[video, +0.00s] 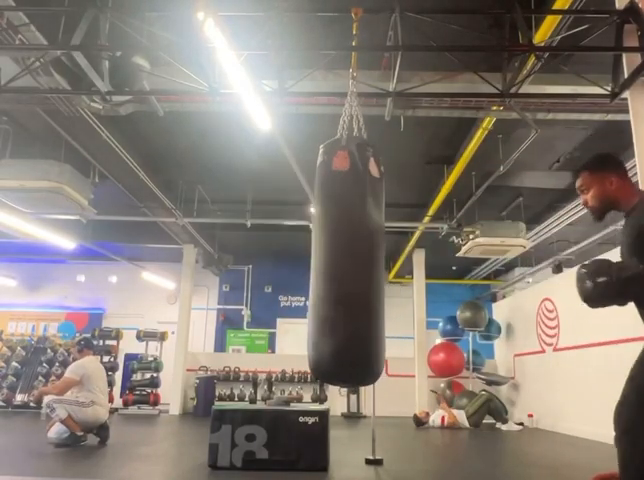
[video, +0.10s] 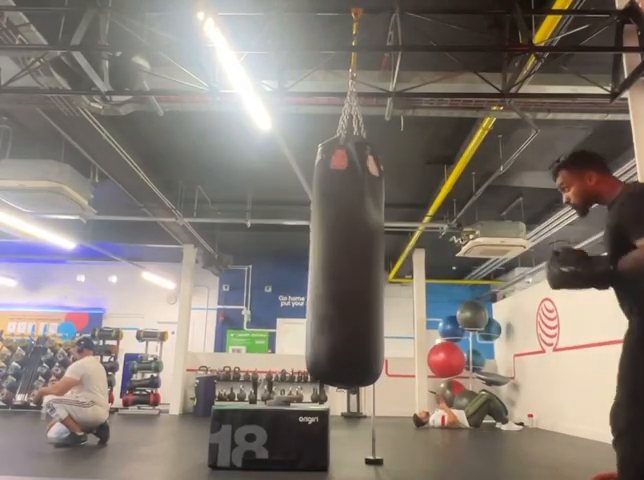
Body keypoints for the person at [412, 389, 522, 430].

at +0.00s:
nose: (423, 410)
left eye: (421, 411)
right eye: (421, 413)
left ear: (423, 416)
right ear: (423, 418)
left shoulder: (434, 415)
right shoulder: (434, 421)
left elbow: (448, 414)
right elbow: (453, 422)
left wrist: (443, 404)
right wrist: (445, 407)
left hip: (466, 413)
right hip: (469, 419)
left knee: (484, 393)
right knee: (487, 397)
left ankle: (500, 420)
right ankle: (505, 422)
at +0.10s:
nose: (423, 410)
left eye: (421, 411)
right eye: (421, 413)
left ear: (423, 416)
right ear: (423, 419)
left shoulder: (434, 415)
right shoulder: (434, 420)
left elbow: (449, 415)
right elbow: (453, 421)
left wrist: (443, 405)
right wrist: (444, 407)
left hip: (466, 413)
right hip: (469, 419)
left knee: (484, 393)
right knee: (487, 397)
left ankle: (501, 419)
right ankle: (505, 422)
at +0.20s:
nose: (423, 410)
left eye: (421, 411)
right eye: (421, 413)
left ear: (423, 415)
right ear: (423, 419)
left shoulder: (434, 414)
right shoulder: (434, 420)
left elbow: (449, 414)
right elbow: (454, 420)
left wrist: (443, 405)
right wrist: (444, 407)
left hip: (466, 413)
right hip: (469, 419)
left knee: (484, 393)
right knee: (487, 397)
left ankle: (501, 419)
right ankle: (505, 422)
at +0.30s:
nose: (423, 410)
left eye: (421, 411)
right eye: (421, 413)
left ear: (423, 415)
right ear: (423, 419)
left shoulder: (434, 415)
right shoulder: (434, 420)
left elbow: (448, 413)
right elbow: (453, 418)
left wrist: (441, 403)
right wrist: (443, 405)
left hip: (466, 412)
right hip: (469, 419)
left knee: (484, 393)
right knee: (487, 397)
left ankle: (501, 419)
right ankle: (505, 422)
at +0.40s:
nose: (423, 410)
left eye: (421, 410)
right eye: (421, 412)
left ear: (423, 415)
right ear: (423, 418)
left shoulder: (433, 414)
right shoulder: (434, 420)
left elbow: (451, 414)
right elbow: (453, 418)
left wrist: (442, 406)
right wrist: (443, 407)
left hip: (466, 413)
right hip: (469, 419)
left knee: (484, 394)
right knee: (487, 397)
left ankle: (502, 420)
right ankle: (505, 422)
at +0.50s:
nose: (423, 410)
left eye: (420, 411)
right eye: (421, 413)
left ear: (423, 414)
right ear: (423, 419)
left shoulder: (433, 414)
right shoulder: (434, 420)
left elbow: (449, 412)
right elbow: (453, 417)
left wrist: (441, 405)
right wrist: (443, 406)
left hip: (464, 412)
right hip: (467, 418)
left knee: (484, 394)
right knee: (487, 397)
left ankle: (501, 418)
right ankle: (504, 421)